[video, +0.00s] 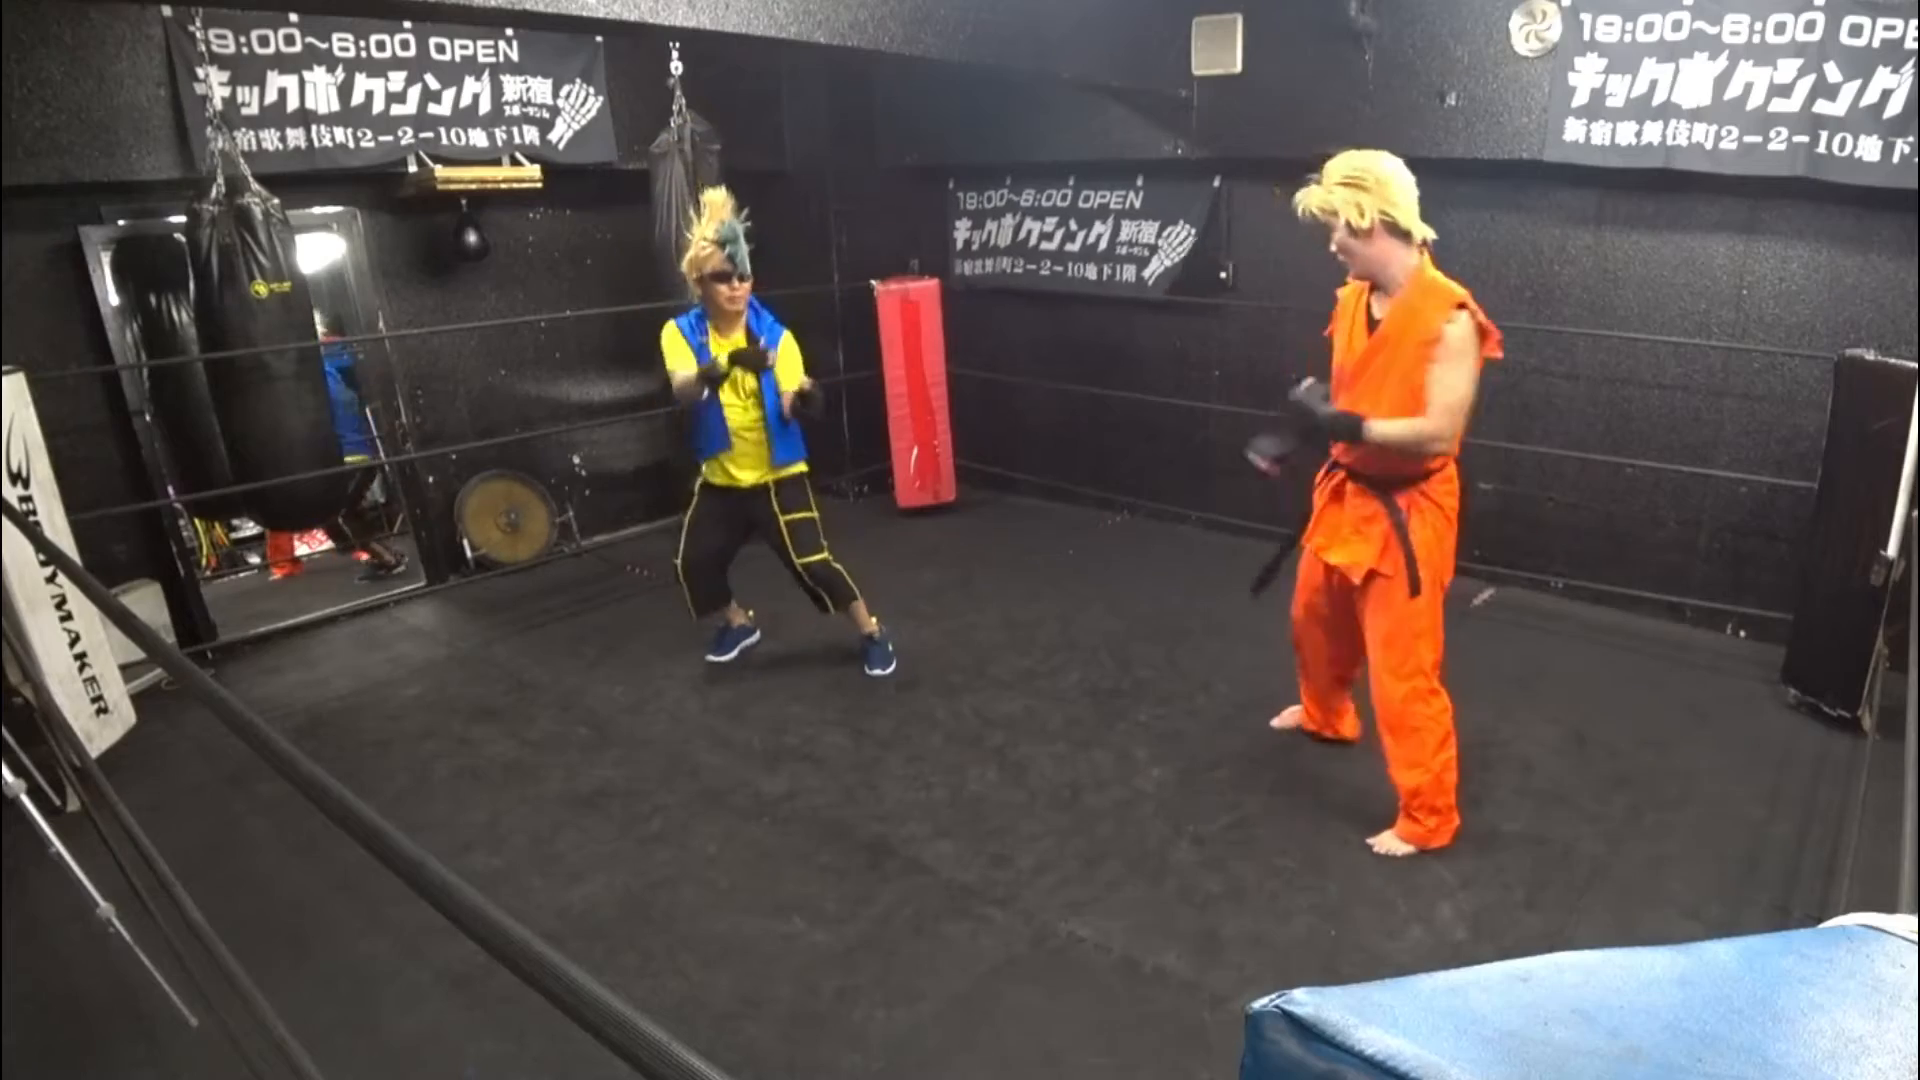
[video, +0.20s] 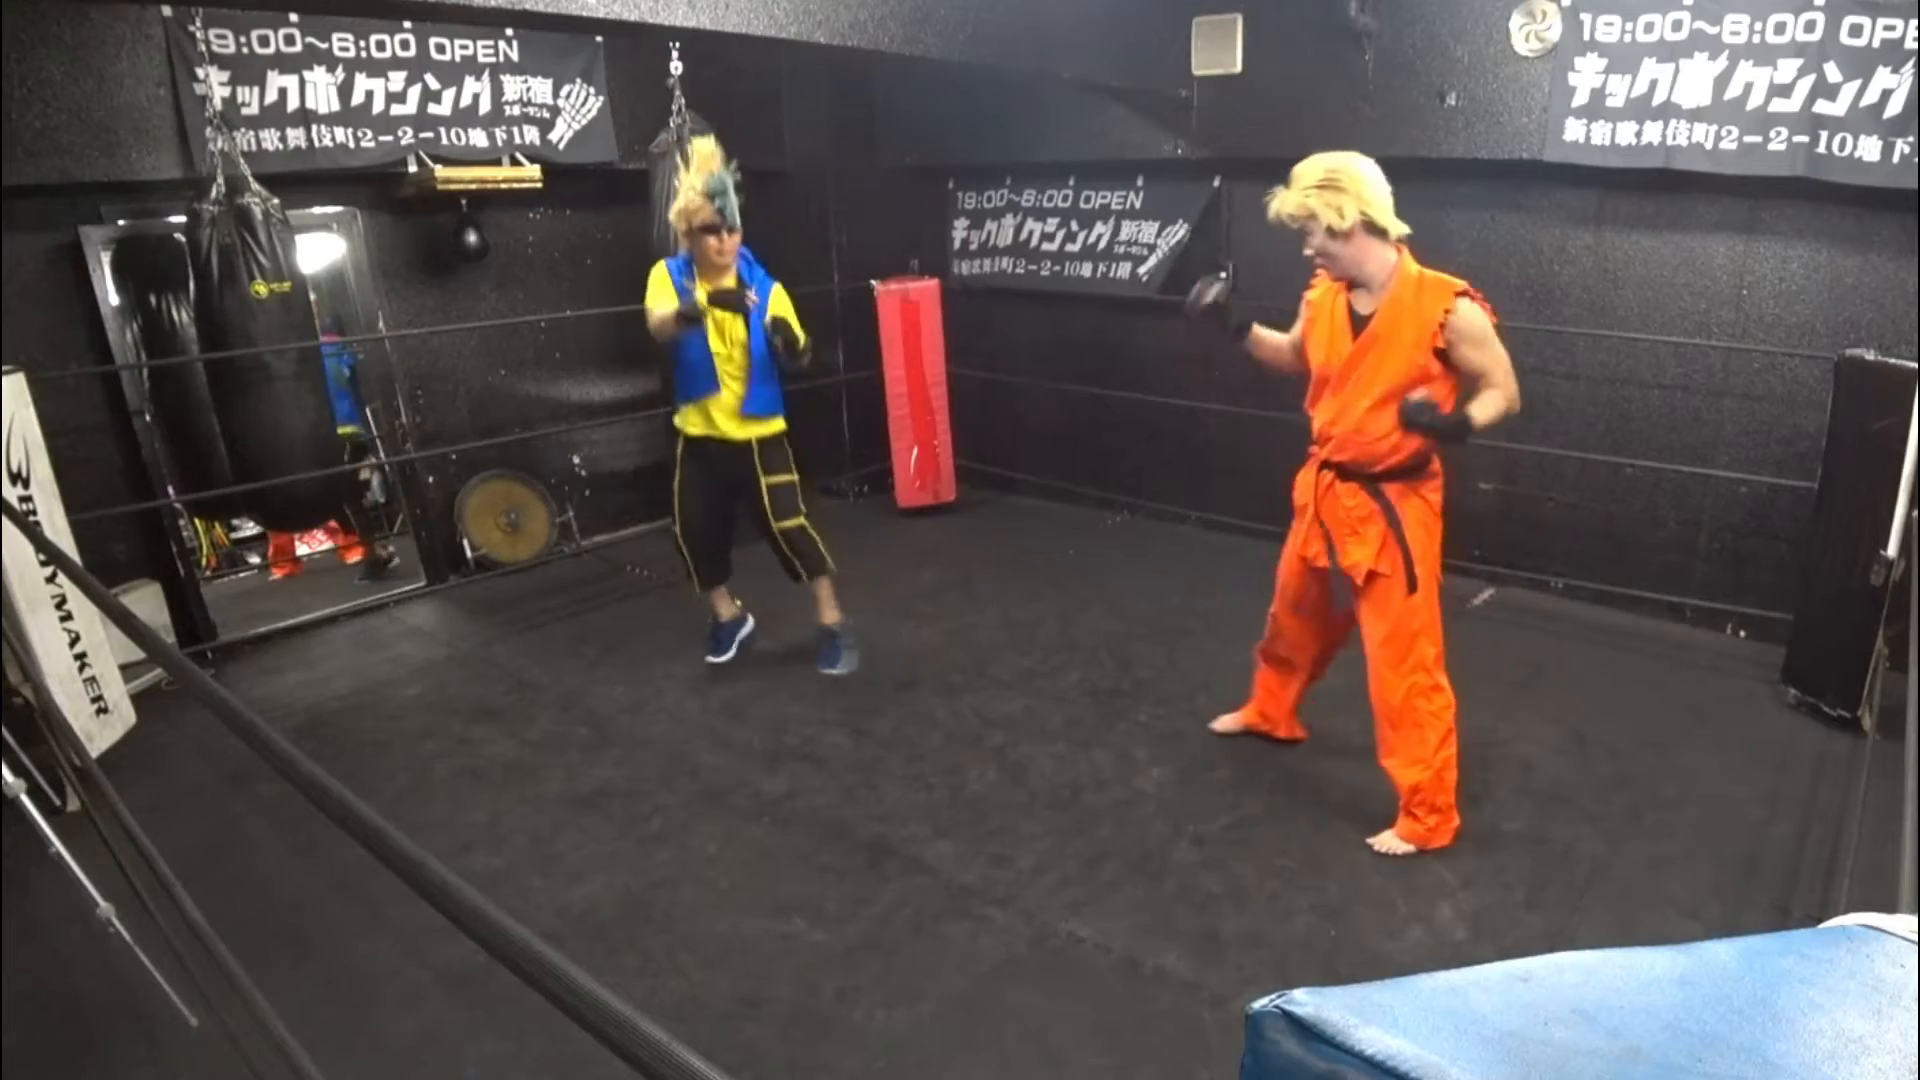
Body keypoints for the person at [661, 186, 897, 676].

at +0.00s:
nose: (736, 288)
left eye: (742, 277)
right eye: (723, 279)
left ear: (752, 281)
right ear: (700, 285)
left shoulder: (772, 333)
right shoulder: (680, 333)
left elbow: (794, 406)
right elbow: (682, 392)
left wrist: (804, 398)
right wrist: (722, 368)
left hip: (781, 475)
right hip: (721, 479)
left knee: (811, 563)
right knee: (696, 563)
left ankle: (870, 631)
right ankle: (736, 623)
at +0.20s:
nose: (721, 243)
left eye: (728, 232)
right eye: (709, 234)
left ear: (740, 235)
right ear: (687, 238)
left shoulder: (763, 288)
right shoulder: (668, 277)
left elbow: (799, 354)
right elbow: (659, 327)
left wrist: (789, 342)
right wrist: (698, 308)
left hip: (760, 428)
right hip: (699, 430)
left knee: (787, 523)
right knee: (694, 531)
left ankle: (829, 616)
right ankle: (727, 615)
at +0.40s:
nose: (717, 256)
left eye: (724, 244)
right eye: (705, 246)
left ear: (736, 248)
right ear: (683, 250)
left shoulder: (758, 298)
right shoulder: (665, 293)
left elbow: (799, 360)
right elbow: (633, 349)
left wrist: (814, 342)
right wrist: (670, 318)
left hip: (754, 443)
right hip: (693, 444)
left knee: (773, 541)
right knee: (682, 541)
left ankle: (804, 624)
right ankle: (712, 616)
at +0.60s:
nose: (716, 293)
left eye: (722, 282)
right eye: (703, 284)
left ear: (731, 284)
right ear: (678, 288)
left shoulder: (752, 341)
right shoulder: (656, 337)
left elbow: (777, 414)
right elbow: (651, 402)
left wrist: (803, 402)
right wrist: (686, 368)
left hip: (755, 468)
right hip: (695, 475)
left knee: (779, 548)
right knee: (683, 562)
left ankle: (820, 624)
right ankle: (714, 622)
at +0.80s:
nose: (728, 294)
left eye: (734, 283)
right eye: (716, 285)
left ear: (743, 286)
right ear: (690, 291)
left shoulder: (765, 339)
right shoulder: (670, 340)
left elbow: (784, 411)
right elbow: (674, 401)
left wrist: (777, 403)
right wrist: (704, 376)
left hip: (771, 477)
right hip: (710, 482)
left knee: (810, 561)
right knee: (689, 571)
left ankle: (864, 623)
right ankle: (715, 621)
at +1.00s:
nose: (731, 256)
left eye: (737, 244)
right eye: (718, 246)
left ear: (745, 247)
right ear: (691, 249)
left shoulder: (767, 295)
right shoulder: (669, 296)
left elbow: (810, 358)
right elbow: (664, 352)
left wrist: (818, 339)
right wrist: (700, 320)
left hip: (776, 444)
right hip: (713, 451)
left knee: (811, 539)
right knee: (687, 544)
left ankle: (867, 618)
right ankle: (708, 616)